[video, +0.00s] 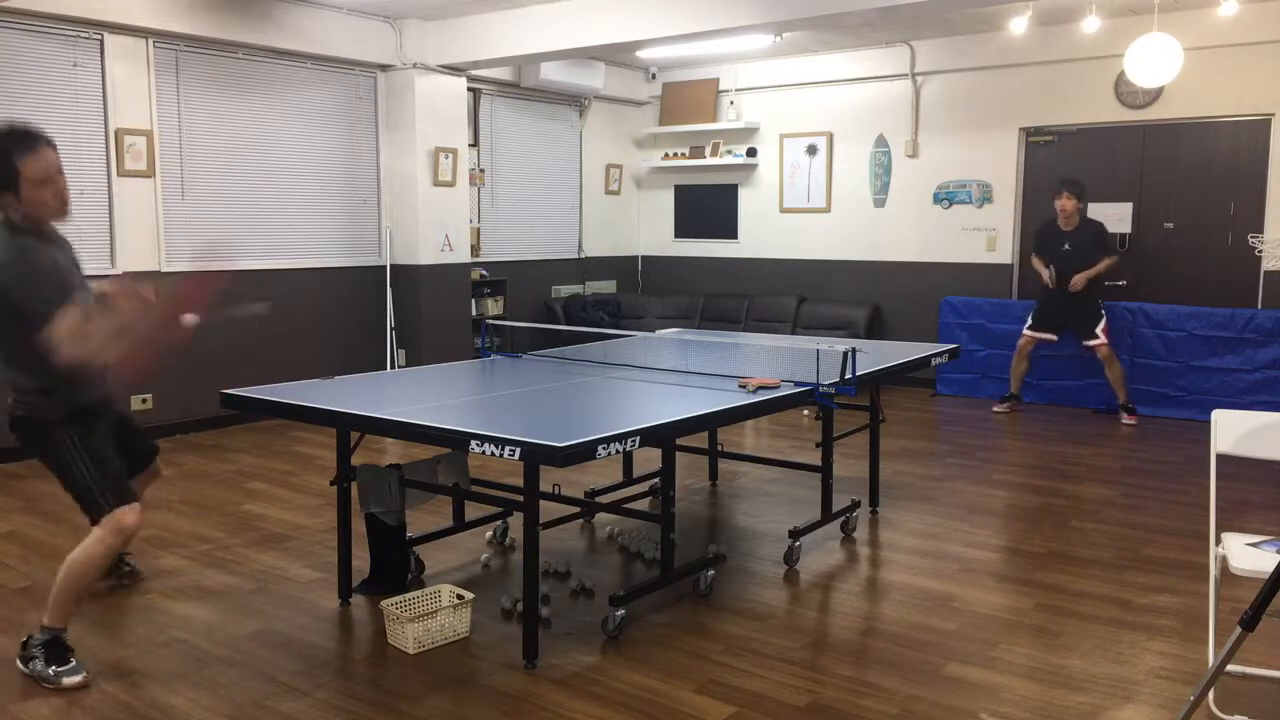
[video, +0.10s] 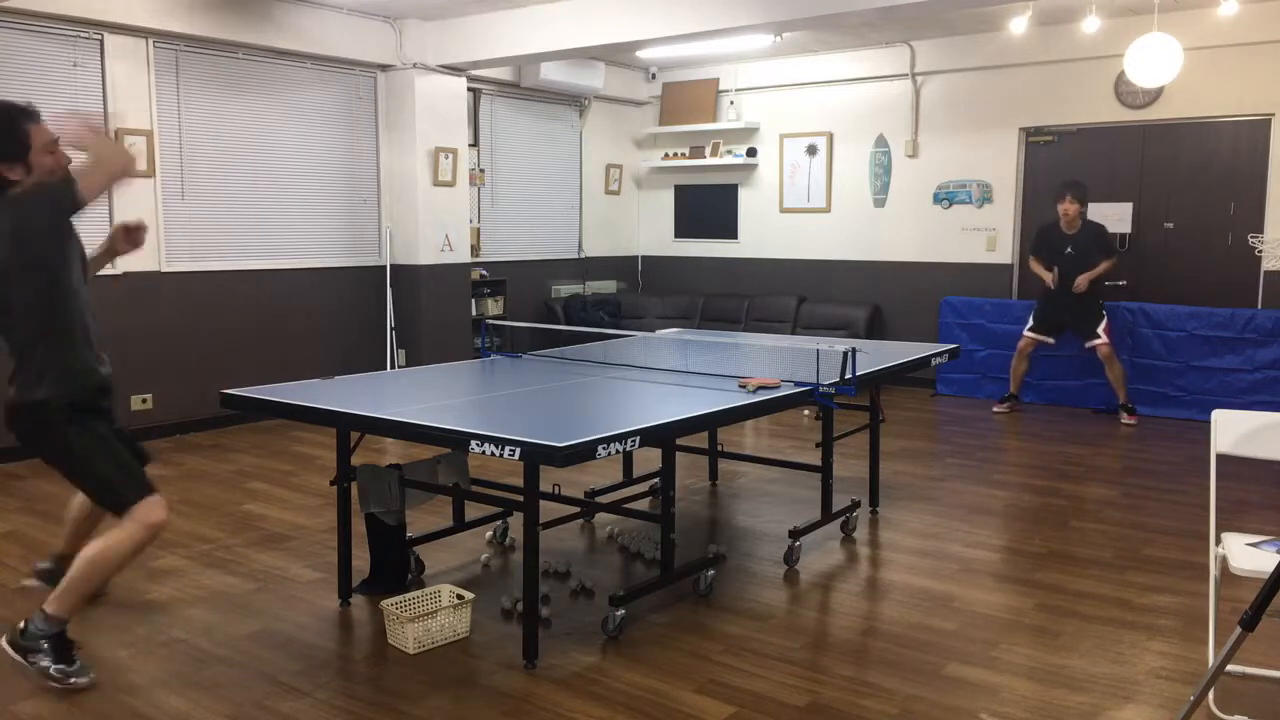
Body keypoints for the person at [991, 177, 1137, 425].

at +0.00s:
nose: (1061, 205)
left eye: (1068, 200)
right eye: (1058, 199)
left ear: (1080, 204)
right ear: (1054, 203)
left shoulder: (1094, 229)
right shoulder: (1045, 230)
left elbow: (1112, 258)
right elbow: (1035, 257)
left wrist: (1086, 275)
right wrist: (1044, 271)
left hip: (1085, 300)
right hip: (1052, 299)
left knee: (1105, 352)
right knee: (1023, 345)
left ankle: (1125, 404)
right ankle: (1013, 396)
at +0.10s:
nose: (1065, 208)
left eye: (1071, 203)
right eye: (1061, 203)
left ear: (1082, 207)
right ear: (1056, 206)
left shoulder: (1096, 232)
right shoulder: (1046, 232)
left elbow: (1110, 260)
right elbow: (1033, 261)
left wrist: (1089, 276)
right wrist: (1045, 274)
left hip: (1087, 302)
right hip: (1053, 300)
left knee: (1106, 352)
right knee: (1023, 347)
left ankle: (1125, 404)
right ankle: (1012, 396)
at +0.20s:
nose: (1070, 213)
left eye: (1077, 208)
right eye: (1067, 207)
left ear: (1088, 211)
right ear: (1062, 210)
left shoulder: (1101, 236)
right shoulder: (1051, 235)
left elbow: (1111, 265)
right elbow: (1034, 268)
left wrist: (1091, 280)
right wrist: (1054, 283)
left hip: (1088, 303)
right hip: (1053, 301)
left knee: (1110, 352)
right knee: (1023, 349)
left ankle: (1125, 404)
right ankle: (1012, 396)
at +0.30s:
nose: (1070, 214)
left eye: (1076, 209)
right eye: (1067, 208)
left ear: (1087, 212)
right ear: (1061, 211)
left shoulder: (1102, 236)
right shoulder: (1053, 236)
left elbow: (1113, 266)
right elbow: (1035, 266)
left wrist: (1090, 281)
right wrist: (1049, 276)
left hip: (1089, 304)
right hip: (1054, 303)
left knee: (1111, 354)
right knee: (1023, 350)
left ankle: (1125, 404)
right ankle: (1010, 395)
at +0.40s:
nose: (1058, 219)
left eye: (1063, 213)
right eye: (1056, 214)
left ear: (1077, 212)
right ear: (1055, 215)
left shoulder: (1102, 233)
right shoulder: (1060, 235)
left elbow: (1122, 262)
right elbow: (1053, 264)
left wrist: (1091, 281)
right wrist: (1039, 258)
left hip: (1096, 306)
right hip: (1065, 303)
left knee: (1103, 359)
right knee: (1035, 347)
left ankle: (1120, 404)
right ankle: (1010, 395)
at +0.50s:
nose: (1055, 230)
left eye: (1055, 224)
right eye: (1051, 227)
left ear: (1065, 215)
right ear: (1053, 224)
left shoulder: (1093, 230)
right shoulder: (1071, 240)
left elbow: (1129, 247)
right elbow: (1082, 269)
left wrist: (1106, 277)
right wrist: (1059, 271)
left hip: (1111, 303)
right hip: (1088, 302)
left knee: (1099, 360)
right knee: (1061, 346)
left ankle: (1122, 405)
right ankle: (1025, 392)